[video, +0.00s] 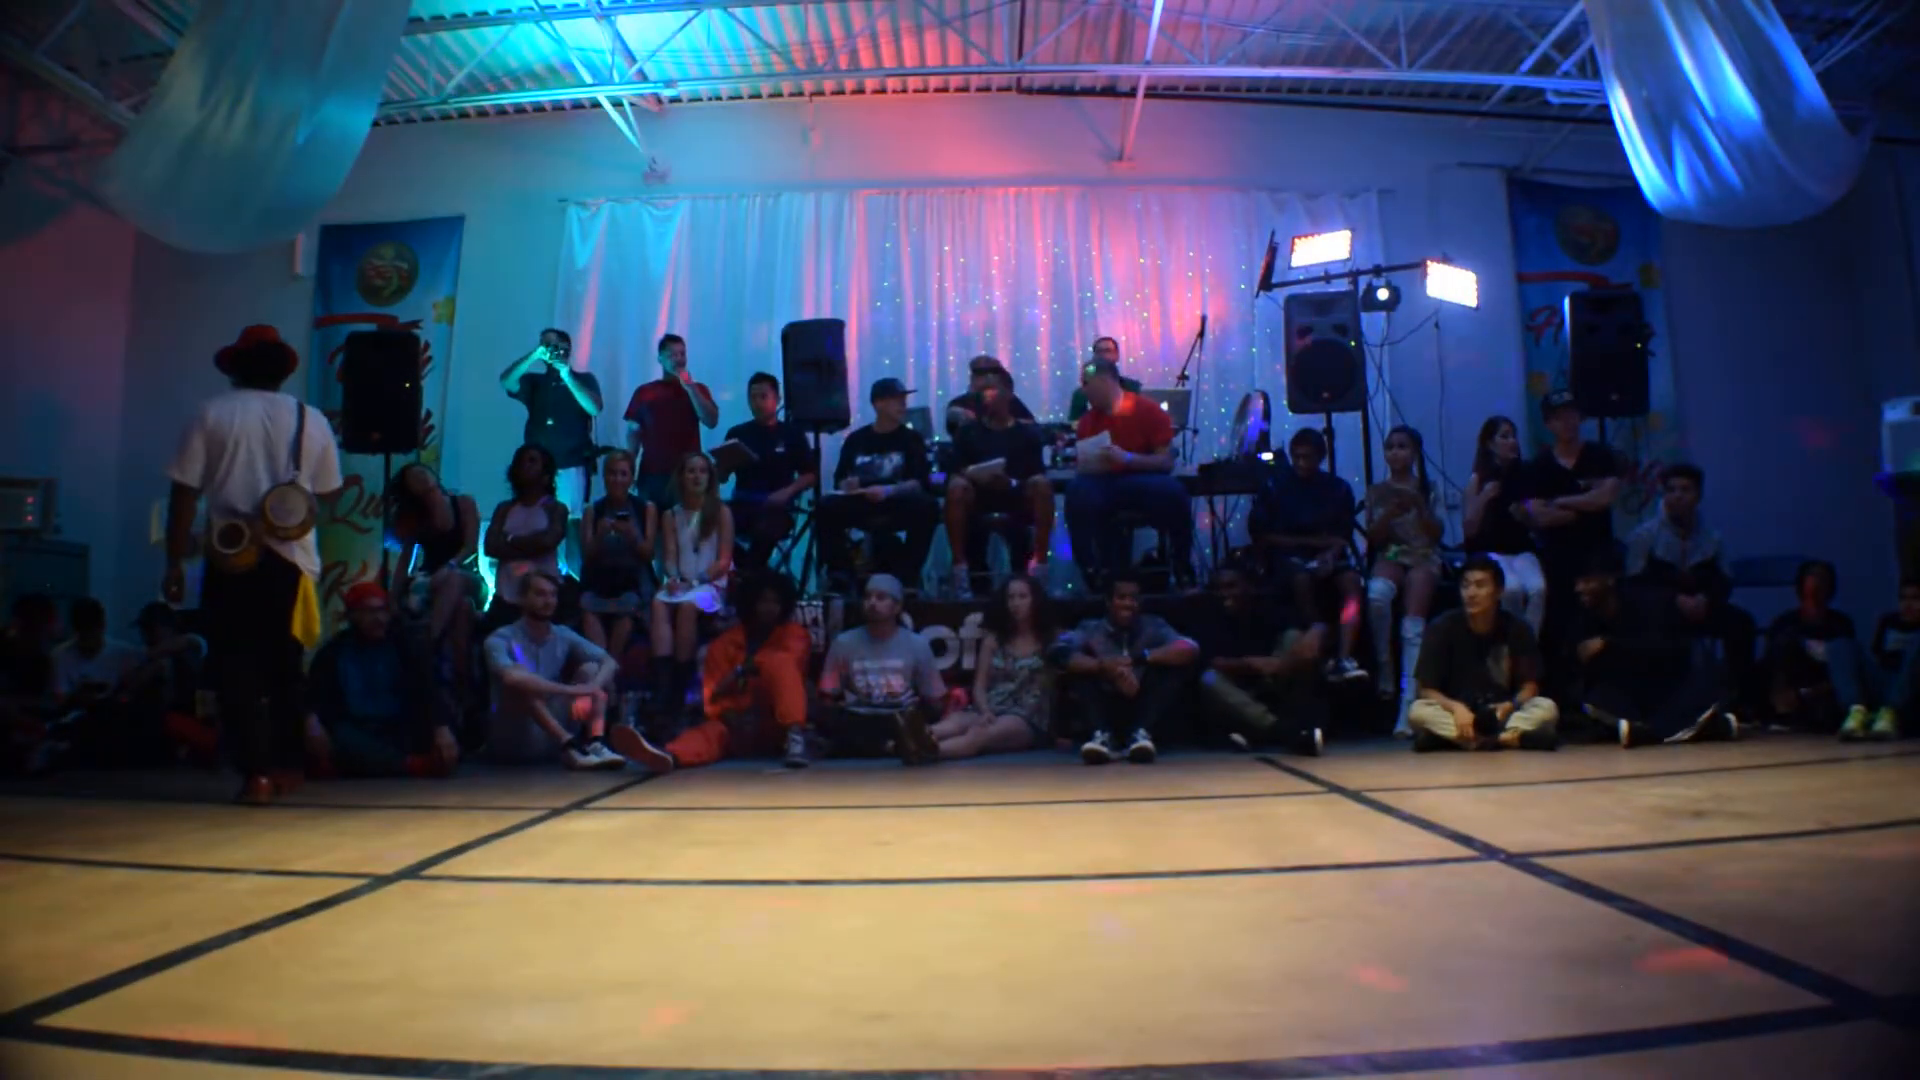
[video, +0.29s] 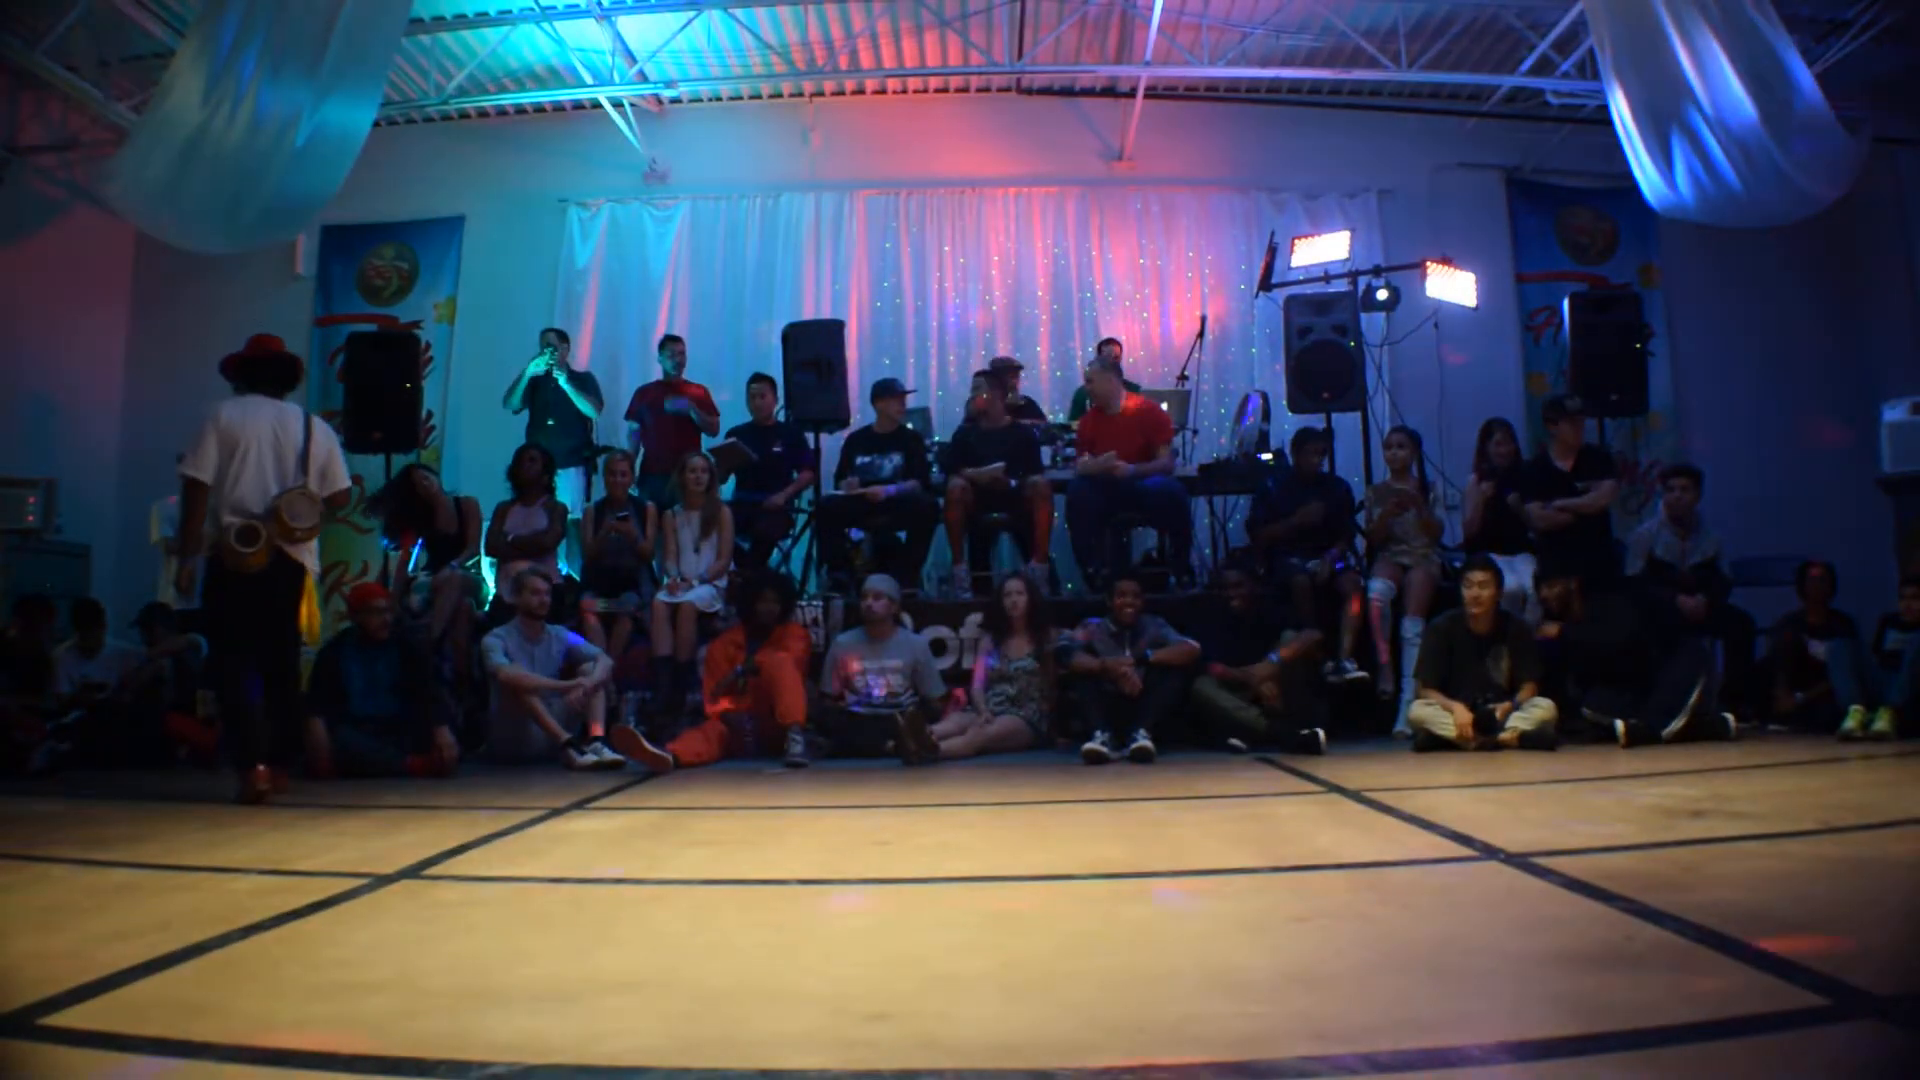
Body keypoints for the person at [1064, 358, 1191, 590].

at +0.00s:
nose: (1084, 390)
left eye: (1089, 383)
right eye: (1083, 384)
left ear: (1107, 380)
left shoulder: (1149, 411)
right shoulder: (1087, 422)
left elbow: (1165, 460)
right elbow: (1082, 464)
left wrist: (1126, 459)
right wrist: (1094, 464)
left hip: (1144, 482)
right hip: (1103, 483)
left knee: (1175, 495)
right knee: (1077, 496)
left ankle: (1182, 567)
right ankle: (1089, 570)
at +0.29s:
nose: (1087, 388)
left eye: (1091, 381)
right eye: (1087, 382)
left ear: (1112, 380)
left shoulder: (1148, 411)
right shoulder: (1089, 420)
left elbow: (1166, 462)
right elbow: (1080, 464)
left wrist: (1130, 469)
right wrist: (1097, 465)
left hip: (1142, 483)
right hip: (1104, 484)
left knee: (1170, 491)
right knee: (1078, 492)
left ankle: (1181, 568)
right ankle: (1091, 571)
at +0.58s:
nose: (1096, 385)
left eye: (1101, 378)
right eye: (1096, 379)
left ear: (1124, 379)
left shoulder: (1155, 413)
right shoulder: (1093, 417)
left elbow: (1169, 463)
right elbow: (1085, 463)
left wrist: (1132, 468)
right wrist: (1103, 462)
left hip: (1144, 482)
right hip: (1106, 483)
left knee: (1173, 493)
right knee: (1079, 493)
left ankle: (1181, 569)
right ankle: (1092, 571)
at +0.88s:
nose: (1104, 380)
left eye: (1111, 375)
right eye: (1104, 375)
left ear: (1133, 379)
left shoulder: (1163, 416)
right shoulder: (1096, 416)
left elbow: (1173, 465)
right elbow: (1083, 463)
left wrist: (1134, 469)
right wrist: (1100, 464)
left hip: (1147, 483)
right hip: (1107, 483)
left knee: (1178, 494)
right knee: (1081, 498)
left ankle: (1182, 568)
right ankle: (1090, 574)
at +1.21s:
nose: (1114, 381)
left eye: (1121, 375)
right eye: (1114, 375)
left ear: (1141, 380)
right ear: (1114, 378)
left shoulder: (1167, 416)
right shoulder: (1102, 414)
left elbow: (1175, 465)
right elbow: (1082, 461)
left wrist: (1136, 468)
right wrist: (1096, 467)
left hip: (1148, 484)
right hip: (1108, 483)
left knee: (1180, 494)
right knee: (1078, 496)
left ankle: (1183, 572)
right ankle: (1079, 578)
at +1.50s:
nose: (1114, 380)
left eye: (1121, 375)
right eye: (1114, 374)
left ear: (1143, 380)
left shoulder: (1168, 415)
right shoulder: (1103, 412)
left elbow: (1176, 467)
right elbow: (1079, 456)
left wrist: (1137, 468)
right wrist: (1098, 465)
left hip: (1149, 483)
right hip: (1110, 482)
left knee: (1179, 492)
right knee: (1081, 493)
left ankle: (1183, 572)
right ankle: (1084, 575)